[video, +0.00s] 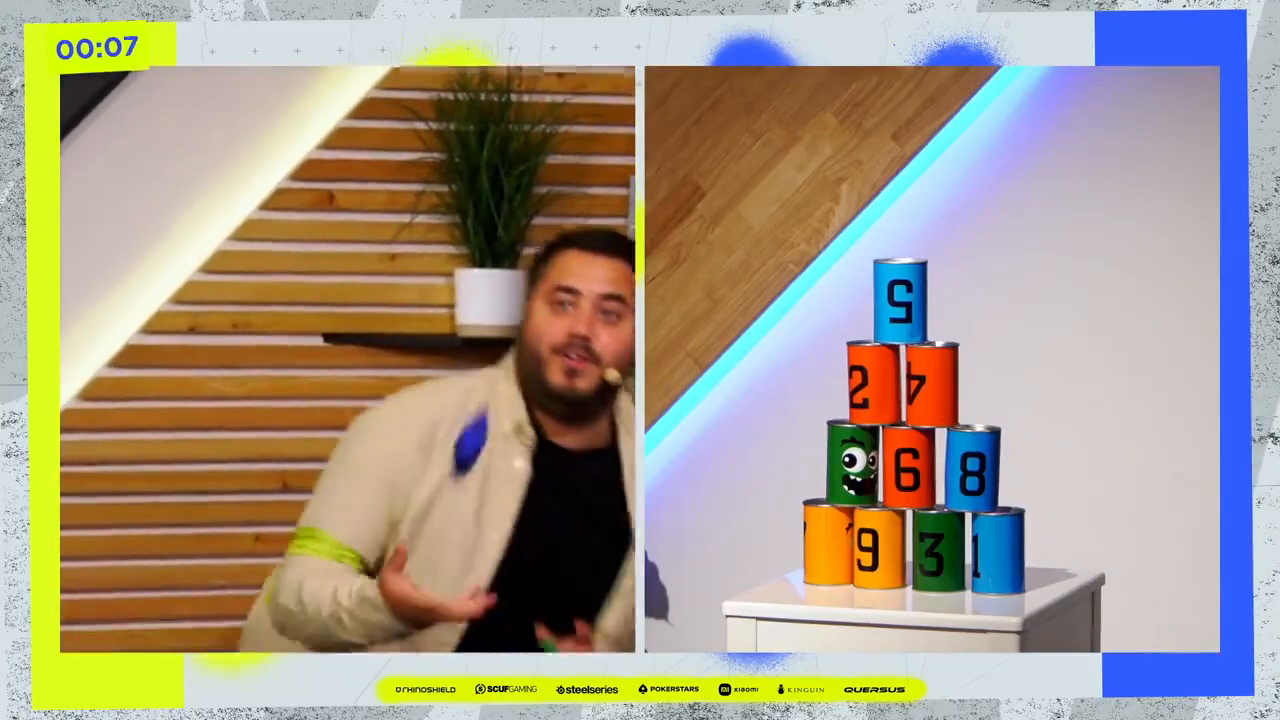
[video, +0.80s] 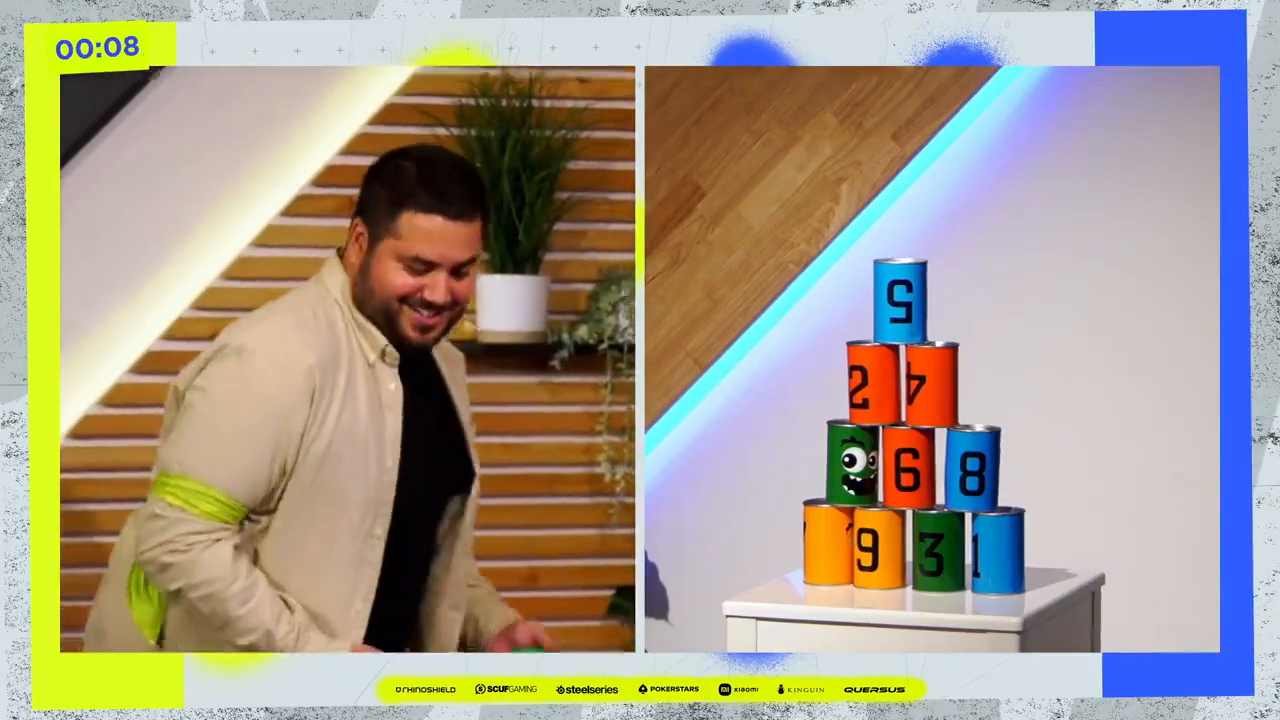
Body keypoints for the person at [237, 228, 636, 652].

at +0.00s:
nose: (581, 331)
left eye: (611, 312)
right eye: (563, 303)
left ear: (638, 339)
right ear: (526, 313)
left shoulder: (659, 453)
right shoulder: (409, 428)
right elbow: (297, 592)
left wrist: (617, 662)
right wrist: (383, 608)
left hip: (588, 705)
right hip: (412, 699)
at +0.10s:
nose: (517, 284)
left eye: (543, 265)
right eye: (494, 260)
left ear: (568, 286)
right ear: (452, 270)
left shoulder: (616, 431)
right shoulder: (335, 406)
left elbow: (636, 626)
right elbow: (242, 577)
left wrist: (549, 624)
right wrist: (385, 562)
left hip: (538, 705)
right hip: (344, 704)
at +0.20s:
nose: (469, 275)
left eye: (491, 253)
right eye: (442, 250)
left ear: (515, 274)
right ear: (394, 267)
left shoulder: (576, 417)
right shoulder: (289, 404)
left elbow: (611, 602)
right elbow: (193, 568)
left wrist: (510, 643)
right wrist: (338, 576)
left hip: (500, 708)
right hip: (317, 703)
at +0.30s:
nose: (446, 271)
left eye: (465, 247)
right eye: (417, 247)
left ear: (488, 265)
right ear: (363, 268)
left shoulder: (548, 409)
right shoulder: (259, 406)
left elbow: (572, 588)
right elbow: (162, 551)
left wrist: (487, 687)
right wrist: (294, 636)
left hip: (471, 709)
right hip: (288, 710)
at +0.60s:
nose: (462, 294)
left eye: (480, 267)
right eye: (434, 267)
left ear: (496, 265)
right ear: (372, 261)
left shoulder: (492, 371)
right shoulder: (279, 392)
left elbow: (520, 545)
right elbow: (168, 569)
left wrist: (529, 684)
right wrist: (311, 685)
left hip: (450, 698)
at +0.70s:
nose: (458, 307)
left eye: (477, 282)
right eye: (433, 280)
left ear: (494, 269)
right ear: (372, 255)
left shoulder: (469, 366)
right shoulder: (281, 374)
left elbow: (485, 555)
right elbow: (182, 559)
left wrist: (535, 682)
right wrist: (325, 681)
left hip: (421, 694)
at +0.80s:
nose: (442, 294)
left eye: (461, 271)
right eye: (418, 266)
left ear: (478, 261)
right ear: (359, 244)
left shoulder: (438, 358)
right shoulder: (275, 356)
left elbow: (413, 540)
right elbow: (178, 541)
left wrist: (494, 624)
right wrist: (324, 655)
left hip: (373, 684)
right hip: (223, 686)